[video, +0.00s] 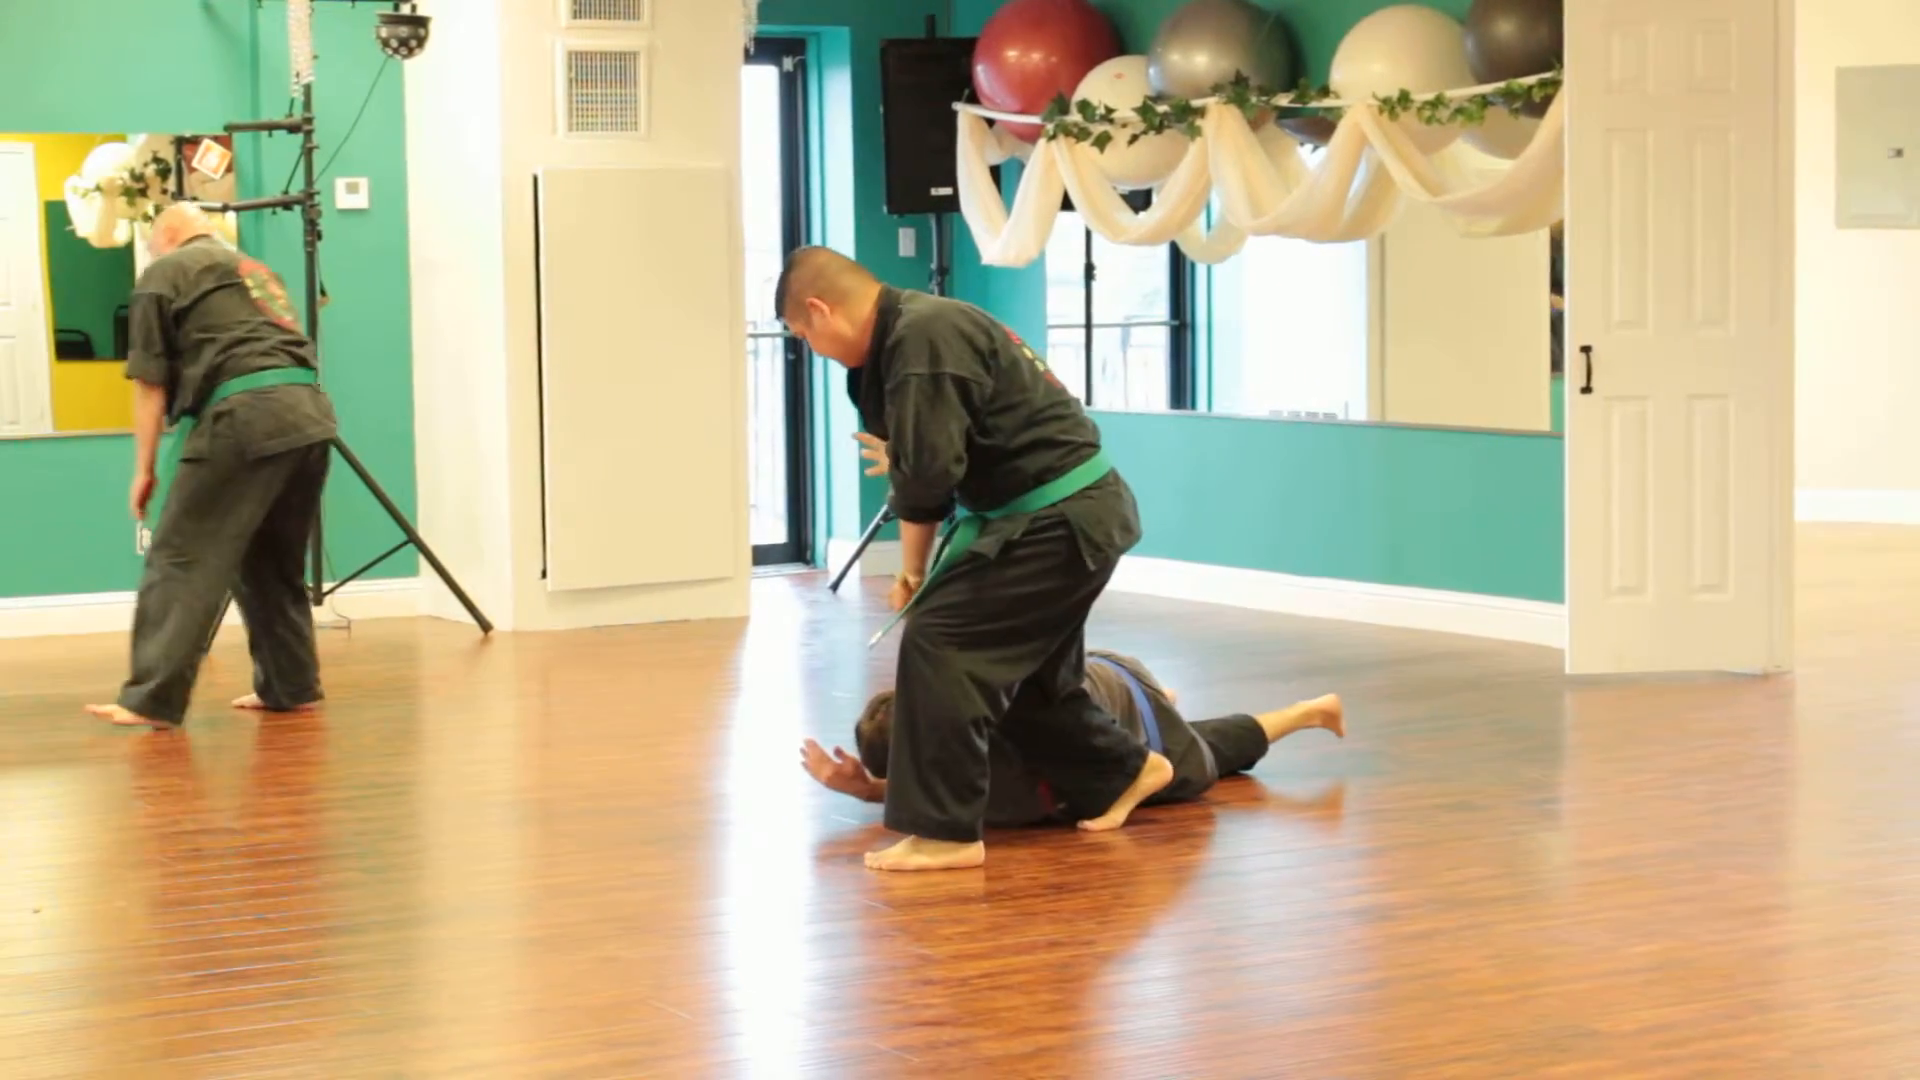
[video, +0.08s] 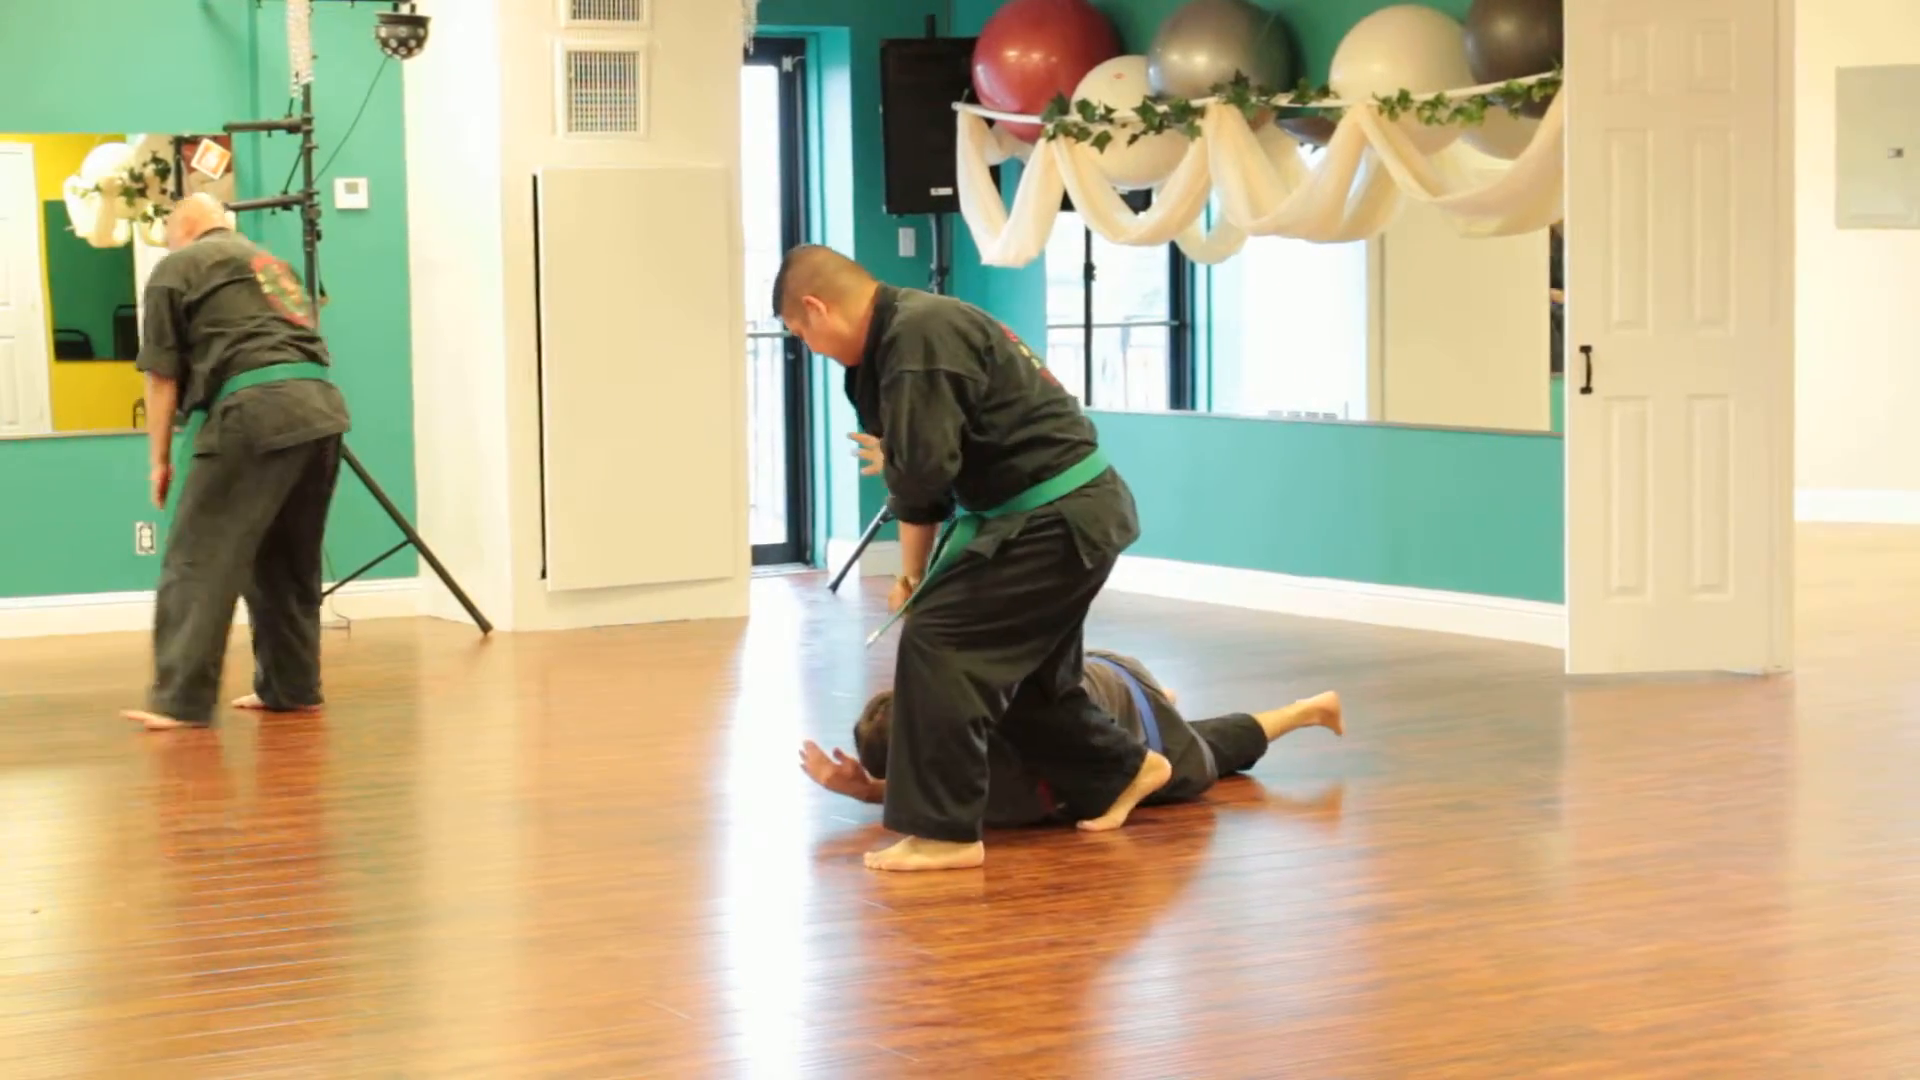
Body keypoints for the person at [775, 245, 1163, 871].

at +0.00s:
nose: (815, 352)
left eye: (804, 336)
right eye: (804, 340)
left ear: (822, 309)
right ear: (844, 294)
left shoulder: (923, 337)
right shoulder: (910, 338)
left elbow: (924, 477)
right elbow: (917, 476)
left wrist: (912, 574)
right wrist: (915, 571)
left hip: (1063, 513)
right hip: (1068, 510)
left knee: (936, 636)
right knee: (1025, 678)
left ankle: (944, 830)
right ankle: (1126, 767)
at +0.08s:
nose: (811, 351)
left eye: (802, 335)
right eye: (802, 339)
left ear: (818, 308)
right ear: (845, 290)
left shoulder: (919, 335)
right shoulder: (909, 334)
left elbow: (921, 478)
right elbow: (917, 485)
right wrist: (914, 578)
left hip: (1060, 512)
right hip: (1069, 508)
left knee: (934, 636)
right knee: (1023, 679)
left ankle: (944, 830)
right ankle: (1125, 766)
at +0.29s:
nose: (810, 342)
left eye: (800, 326)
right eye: (801, 330)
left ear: (816, 302)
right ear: (847, 280)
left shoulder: (915, 330)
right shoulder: (902, 331)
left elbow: (913, 472)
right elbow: (913, 481)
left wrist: (871, 457)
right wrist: (911, 572)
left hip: (1055, 509)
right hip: (1065, 504)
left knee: (933, 639)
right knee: (1027, 675)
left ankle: (941, 830)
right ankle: (1124, 767)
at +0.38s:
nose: (815, 332)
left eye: (806, 317)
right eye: (807, 319)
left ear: (820, 295)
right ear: (856, 272)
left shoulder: (911, 327)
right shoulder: (918, 312)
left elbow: (899, 465)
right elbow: (907, 471)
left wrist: (832, 442)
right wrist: (894, 560)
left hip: (1053, 509)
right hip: (1077, 499)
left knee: (935, 641)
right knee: (1034, 674)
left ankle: (941, 831)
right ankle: (1130, 772)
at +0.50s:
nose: (835, 318)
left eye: (828, 301)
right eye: (826, 304)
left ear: (840, 283)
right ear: (877, 263)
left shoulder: (901, 324)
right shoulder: (944, 300)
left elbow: (885, 465)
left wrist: (822, 493)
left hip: (1055, 507)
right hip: (1105, 490)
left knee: (936, 642)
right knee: (1060, 666)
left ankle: (938, 833)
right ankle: (1146, 795)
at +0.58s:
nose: (856, 306)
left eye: (850, 289)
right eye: (852, 291)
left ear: (862, 274)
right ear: (911, 253)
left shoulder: (904, 321)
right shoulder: (974, 299)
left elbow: (896, 454)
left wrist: (808, 453)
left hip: (1052, 508)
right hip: (1116, 491)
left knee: (928, 645)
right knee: (1080, 656)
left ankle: (937, 833)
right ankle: (1159, 795)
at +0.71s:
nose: (898, 287)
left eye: (895, 276)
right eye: (898, 277)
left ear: (909, 267)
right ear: (964, 253)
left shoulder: (916, 328)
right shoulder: (1035, 307)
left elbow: (881, 450)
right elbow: (1050, 417)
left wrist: (858, 414)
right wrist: (973, 466)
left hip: (1041, 521)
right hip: (1127, 504)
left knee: (903, 645)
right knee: (1098, 646)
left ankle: (930, 827)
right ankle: (1184, 803)